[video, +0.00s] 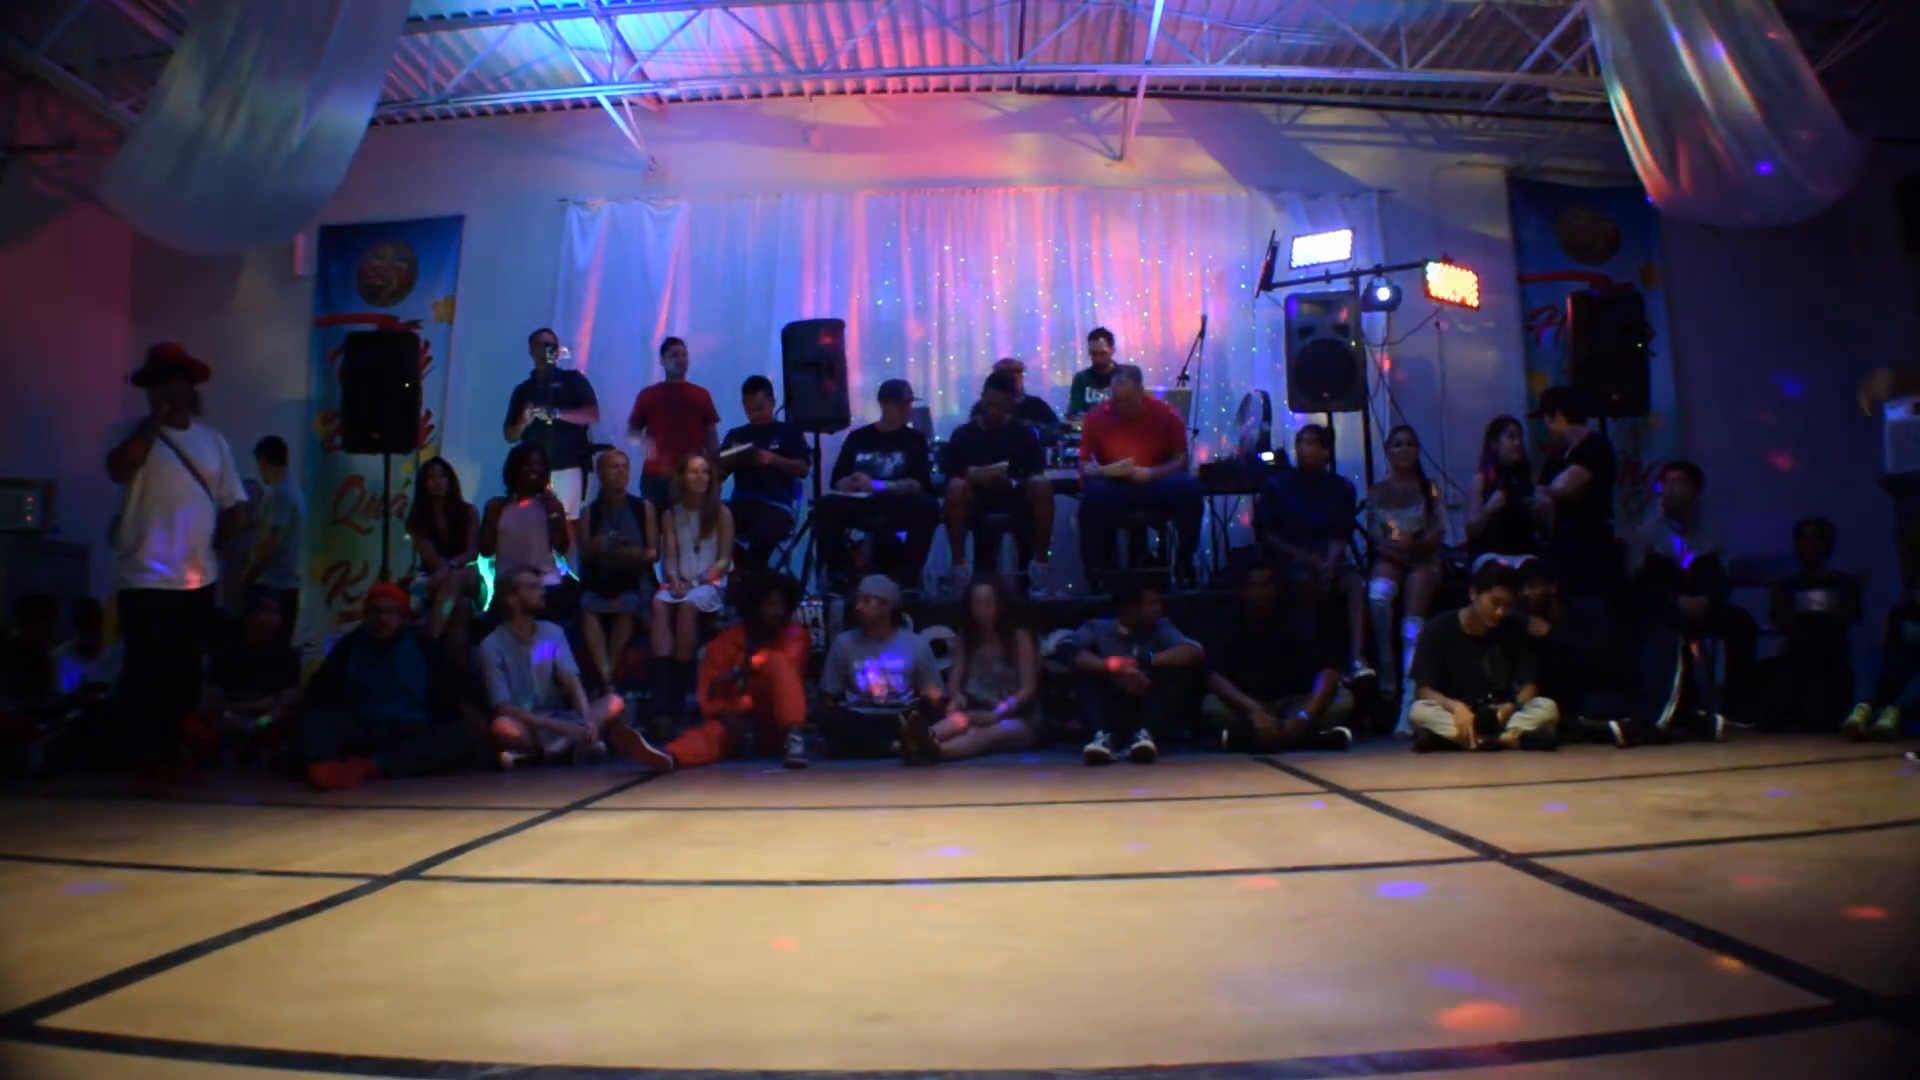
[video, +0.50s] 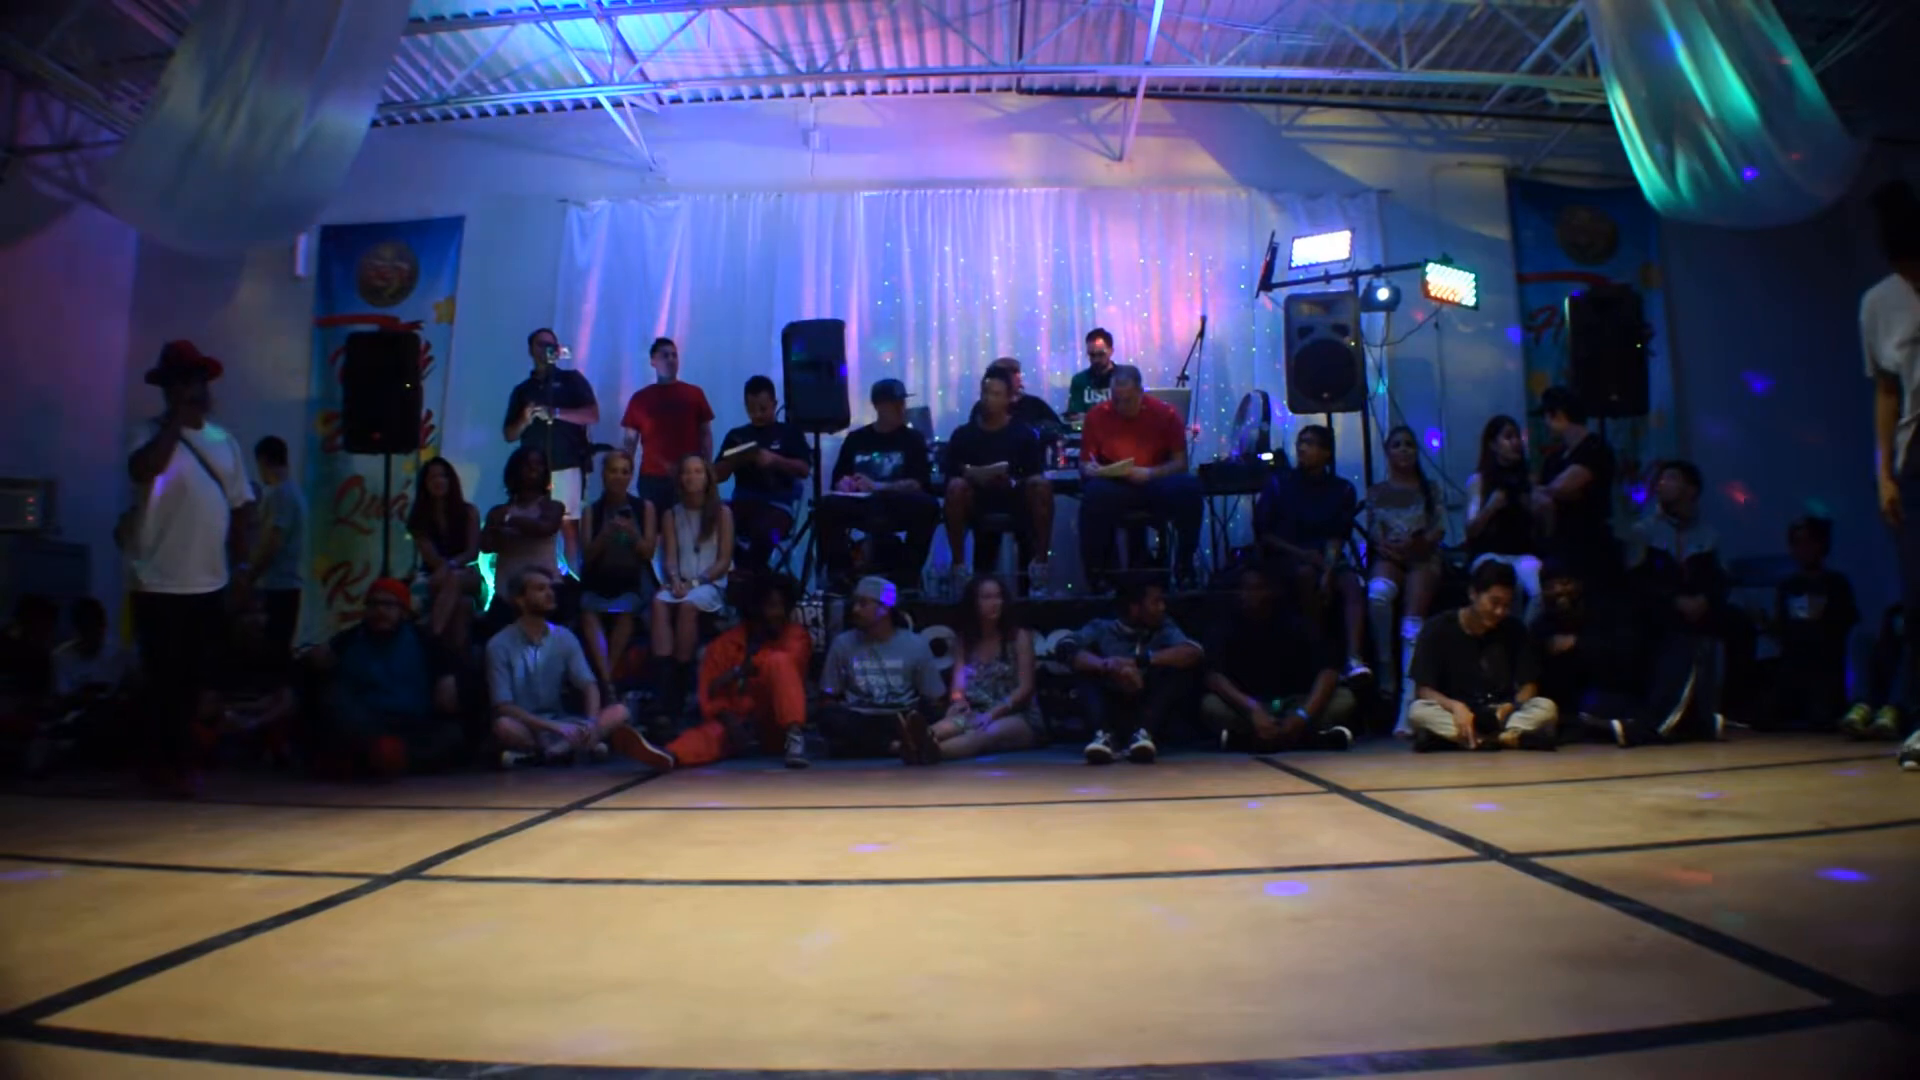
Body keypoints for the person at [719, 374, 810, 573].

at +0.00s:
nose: (755, 415)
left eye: (760, 408)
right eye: (750, 410)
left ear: (772, 404)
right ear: (744, 407)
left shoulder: (790, 433)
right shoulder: (736, 435)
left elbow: (802, 468)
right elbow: (718, 474)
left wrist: (772, 459)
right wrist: (736, 458)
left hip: (776, 502)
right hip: (742, 500)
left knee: (764, 535)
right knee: (722, 527)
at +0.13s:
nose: (757, 414)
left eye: (761, 408)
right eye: (752, 408)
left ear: (773, 405)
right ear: (745, 408)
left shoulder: (790, 434)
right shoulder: (737, 436)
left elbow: (803, 469)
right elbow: (719, 475)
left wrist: (772, 460)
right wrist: (739, 457)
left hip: (778, 503)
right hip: (744, 501)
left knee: (765, 533)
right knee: (719, 519)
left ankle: (752, 576)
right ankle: (747, 568)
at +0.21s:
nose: (758, 414)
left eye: (762, 408)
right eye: (752, 408)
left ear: (774, 405)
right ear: (746, 407)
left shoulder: (790, 434)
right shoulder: (737, 436)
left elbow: (803, 469)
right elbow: (719, 475)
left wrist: (772, 460)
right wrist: (739, 457)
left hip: (778, 503)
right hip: (744, 501)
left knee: (765, 533)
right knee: (722, 521)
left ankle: (754, 577)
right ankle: (745, 571)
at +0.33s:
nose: (758, 411)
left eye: (763, 405)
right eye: (753, 405)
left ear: (774, 404)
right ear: (746, 406)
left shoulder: (790, 433)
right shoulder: (737, 435)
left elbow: (804, 468)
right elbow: (718, 474)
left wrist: (772, 460)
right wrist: (740, 460)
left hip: (779, 501)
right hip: (744, 501)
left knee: (764, 536)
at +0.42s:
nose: (758, 414)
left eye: (763, 407)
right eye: (752, 407)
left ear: (774, 405)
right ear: (746, 407)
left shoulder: (791, 433)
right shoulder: (737, 435)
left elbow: (804, 469)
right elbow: (718, 474)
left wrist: (772, 459)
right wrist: (740, 460)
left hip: (778, 502)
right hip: (743, 501)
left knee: (764, 536)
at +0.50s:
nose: (757, 415)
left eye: (763, 409)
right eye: (752, 409)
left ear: (774, 405)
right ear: (746, 407)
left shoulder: (790, 433)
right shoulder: (736, 435)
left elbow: (804, 468)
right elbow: (718, 474)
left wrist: (773, 460)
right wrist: (741, 459)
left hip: (778, 502)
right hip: (743, 501)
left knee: (763, 535)